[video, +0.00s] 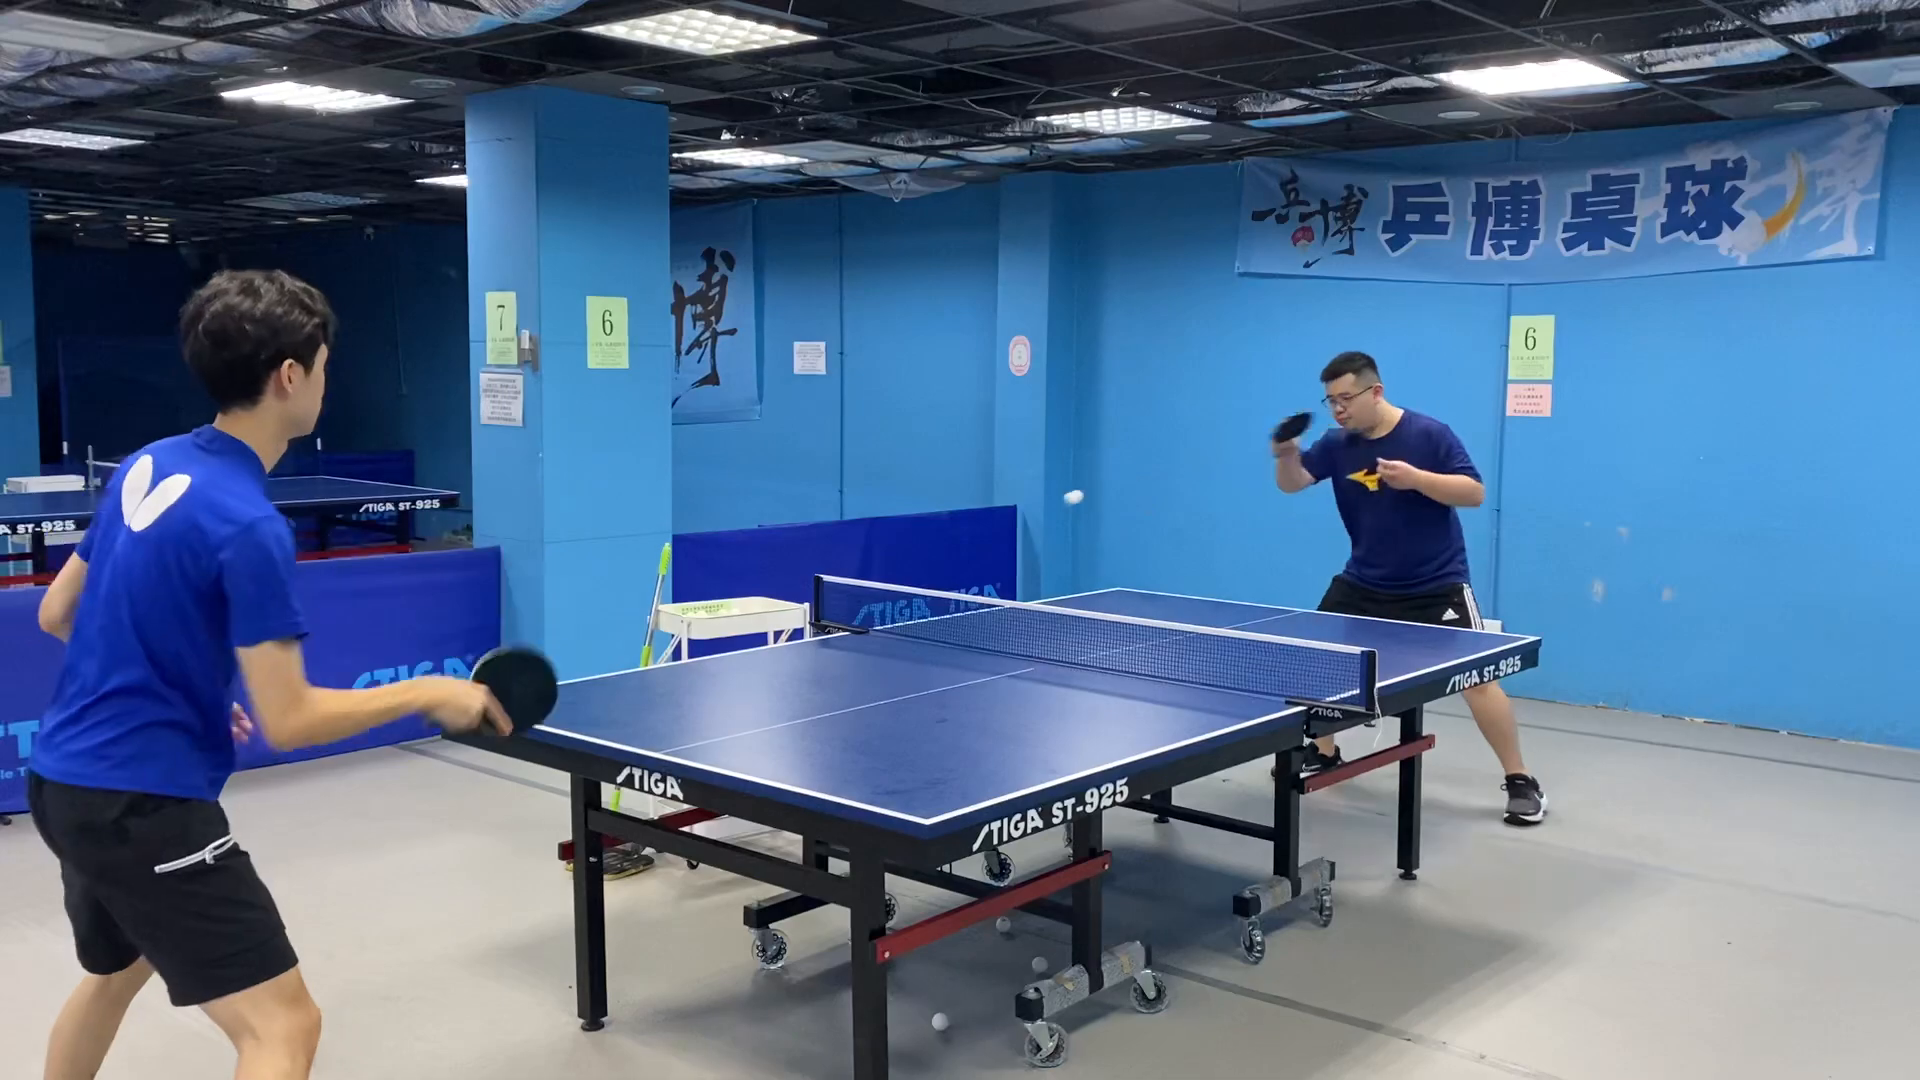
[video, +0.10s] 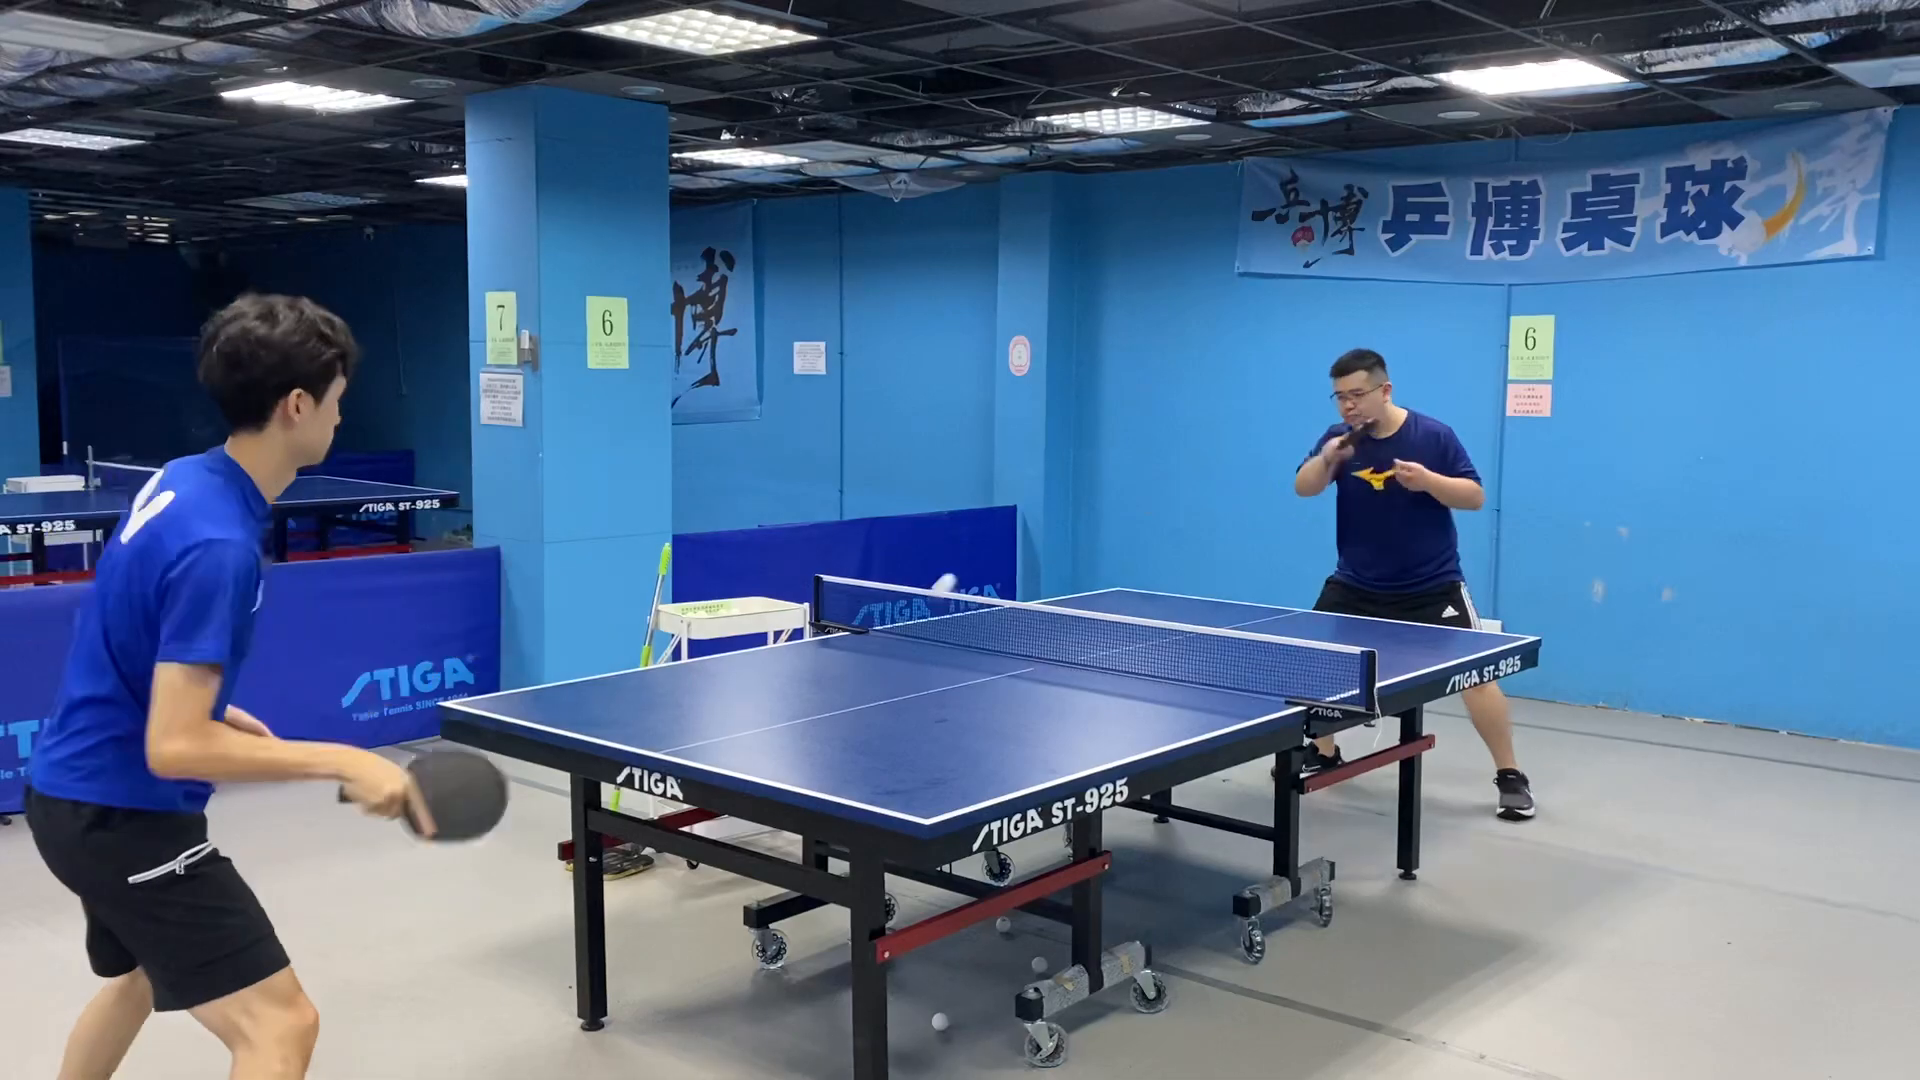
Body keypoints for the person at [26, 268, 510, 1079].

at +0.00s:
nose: (324, 387)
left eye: (324, 368)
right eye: (322, 367)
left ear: (217, 370)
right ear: (286, 376)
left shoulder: (146, 466)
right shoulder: (246, 522)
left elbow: (59, 613)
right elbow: (288, 720)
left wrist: (194, 693)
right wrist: (428, 694)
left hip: (65, 775)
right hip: (144, 797)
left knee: (114, 970)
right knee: (280, 1026)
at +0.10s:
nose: (339, 417)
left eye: (340, 398)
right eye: (336, 398)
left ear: (245, 400)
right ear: (294, 406)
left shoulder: (181, 481)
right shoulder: (219, 543)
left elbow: (134, 647)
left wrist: (213, 713)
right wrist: (344, 764)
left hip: (76, 790)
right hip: (129, 813)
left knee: (134, 983)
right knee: (279, 1025)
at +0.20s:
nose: (354, 453)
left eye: (355, 434)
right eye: (347, 433)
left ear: (287, 433)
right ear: (294, 434)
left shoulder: (210, 515)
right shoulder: (201, 560)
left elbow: (183, 704)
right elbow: (168, 761)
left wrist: (269, 774)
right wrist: (319, 786)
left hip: (90, 807)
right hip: (102, 824)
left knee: (162, 975)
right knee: (278, 1030)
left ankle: (81, 1077)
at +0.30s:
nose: (362, 470)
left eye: (365, 452)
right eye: (357, 451)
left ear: (297, 447)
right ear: (301, 447)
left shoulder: (193, 507)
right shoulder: (212, 554)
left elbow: (122, 655)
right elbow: (292, 747)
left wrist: (198, 747)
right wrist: (463, 723)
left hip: (64, 802)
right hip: (92, 826)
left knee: (146, 981)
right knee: (270, 1028)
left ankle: (75, 1078)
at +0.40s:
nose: (369, 485)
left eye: (375, 466)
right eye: (367, 462)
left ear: (297, 449)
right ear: (313, 454)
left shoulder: (185, 504)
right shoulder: (232, 565)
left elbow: (75, 626)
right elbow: (414, 676)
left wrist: (182, 733)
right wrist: (539, 580)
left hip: (43, 801)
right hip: (93, 828)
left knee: (134, 983)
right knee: (274, 1029)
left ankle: (65, 1077)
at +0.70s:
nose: (333, 415)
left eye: (336, 396)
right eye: (333, 394)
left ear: (241, 381)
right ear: (293, 391)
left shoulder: (137, 471)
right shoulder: (249, 518)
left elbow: (27, 614)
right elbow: (395, 656)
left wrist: (117, 686)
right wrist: (496, 576)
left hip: (41, 786)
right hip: (130, 810)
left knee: (100, 973)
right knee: (280, 1026)